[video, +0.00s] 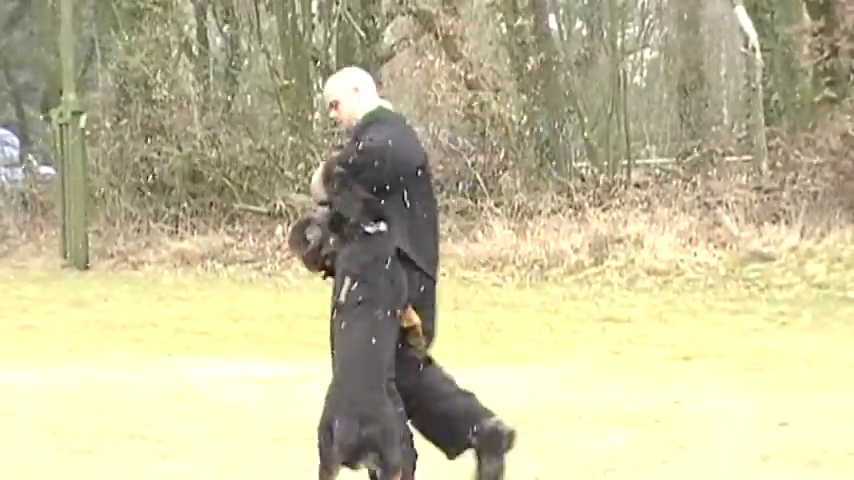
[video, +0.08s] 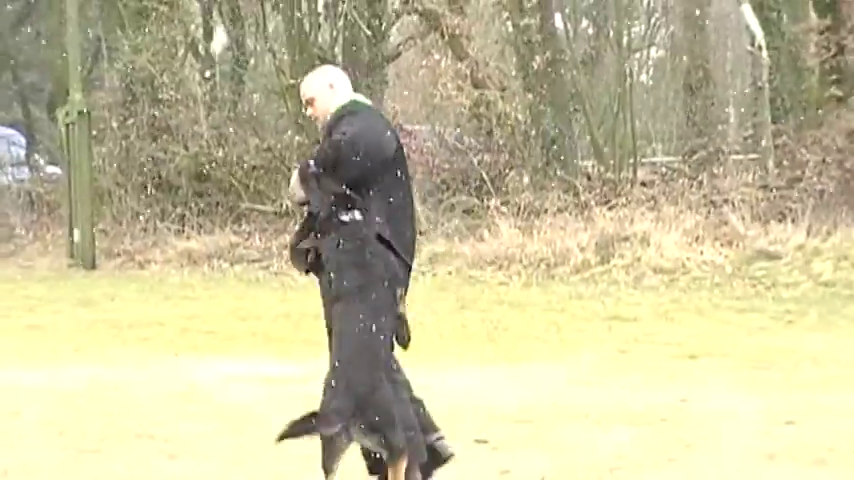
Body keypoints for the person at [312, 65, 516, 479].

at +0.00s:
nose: (333, 115)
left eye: (335, 105)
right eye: (330, 107)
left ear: (356, 94)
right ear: (365, 93)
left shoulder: (380, 137)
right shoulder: (389, 132)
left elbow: (339, 190)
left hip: (399, 269)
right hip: (400, 267)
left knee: (395, 362)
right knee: (397, 362)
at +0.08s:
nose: (310, 112)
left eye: (311, 101)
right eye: (306, 105)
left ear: (334, 89)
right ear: (335, 90)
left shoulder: (361, 123)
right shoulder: (344, 131)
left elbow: (340, 170)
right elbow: (326, 198)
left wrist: (307, 175)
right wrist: (310, 232)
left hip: (368, 257)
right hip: (352, 258)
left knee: (364, 359)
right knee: (365, 357)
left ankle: (406, 456)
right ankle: (422, 440)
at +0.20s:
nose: (278, 112)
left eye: (279, 102)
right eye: (276, 105)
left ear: (298, 88)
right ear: (305, 88)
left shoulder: (331, 118)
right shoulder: (316, 129)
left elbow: (320, 160)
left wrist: (283, 187)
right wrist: (284, 196)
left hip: (349, 259)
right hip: (322, 263)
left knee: (357, 352)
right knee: (306, 347)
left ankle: (406, 454)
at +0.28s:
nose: (260, 111)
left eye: (261, 101)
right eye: (257, 103)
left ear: (280, 90)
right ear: (284, 90)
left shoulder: (313, 121)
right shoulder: (294, 130)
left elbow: (304, 170)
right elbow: (276, 179)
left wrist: (270, 199)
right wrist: (263, 194)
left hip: (328, 251)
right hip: (298, 254)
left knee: (350, 341)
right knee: (286, 347)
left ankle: (396, 433)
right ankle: (303, 442)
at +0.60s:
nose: (208, 63)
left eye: (211, 54)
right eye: (206, 55)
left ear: (231, 46)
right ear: (232, 46)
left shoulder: (259, 79)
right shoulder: (236, 92)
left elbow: (284, 127)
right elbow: (213, 135)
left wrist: (222, 154)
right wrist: (187, 157)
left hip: (271, 218)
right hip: (247, 218)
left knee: (208, 304)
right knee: (299, 313)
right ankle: (357, 400)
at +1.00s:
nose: (249, 59)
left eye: (252, 50)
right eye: (246, 52)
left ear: (273, 42)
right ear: (271, 43)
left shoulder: (308, 83)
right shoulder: (277, 91)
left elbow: (340, 141)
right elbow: (273, 154)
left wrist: (271, 162)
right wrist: (249, 187)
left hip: (305, 216)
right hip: (277, 215)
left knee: (282, 306)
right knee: (263, 303)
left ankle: (311, 409)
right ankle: (335, 376)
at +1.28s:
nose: (268, 72)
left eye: (271, 62)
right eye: (264, 65)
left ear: (295, 50)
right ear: (287, 56)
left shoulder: (331, 93)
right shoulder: (282, 101)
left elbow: (344, 154)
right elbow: (264, 146)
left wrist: (274, 168)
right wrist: (253, 166)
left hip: (312, 226)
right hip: (271, 224)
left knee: (319, 317)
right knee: (238, 306)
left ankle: (367, 393)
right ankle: (210, 400)